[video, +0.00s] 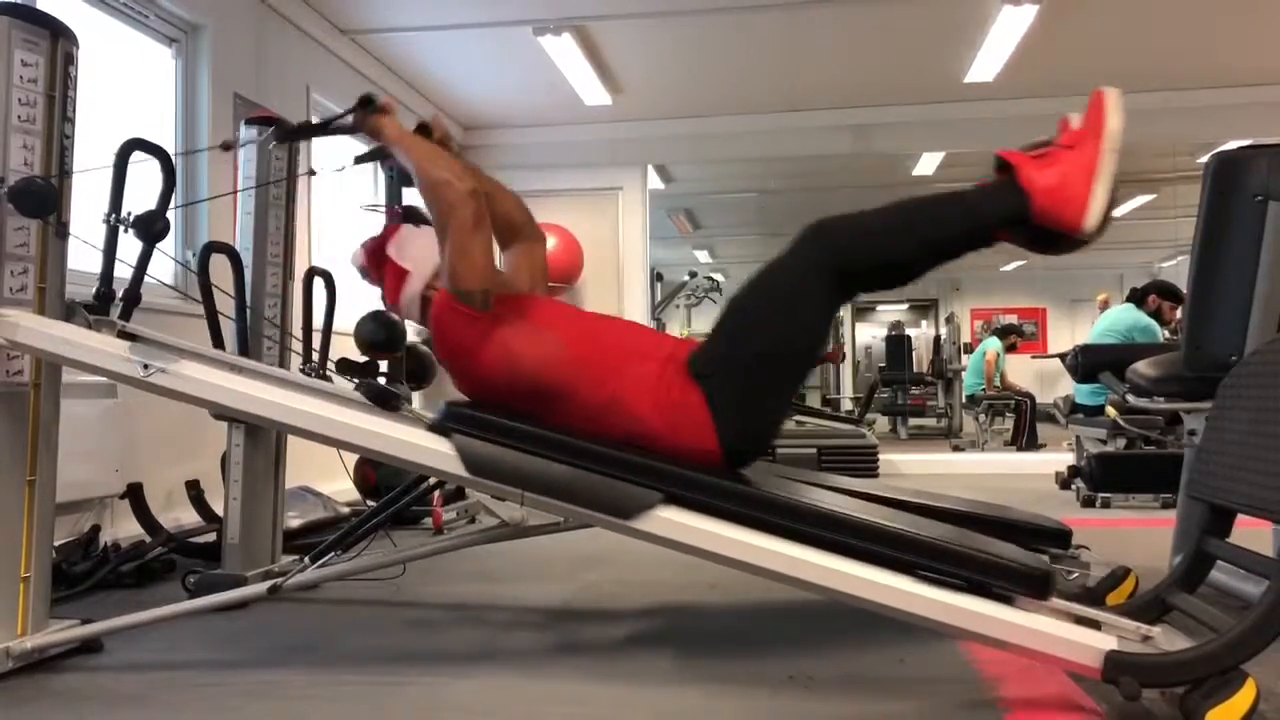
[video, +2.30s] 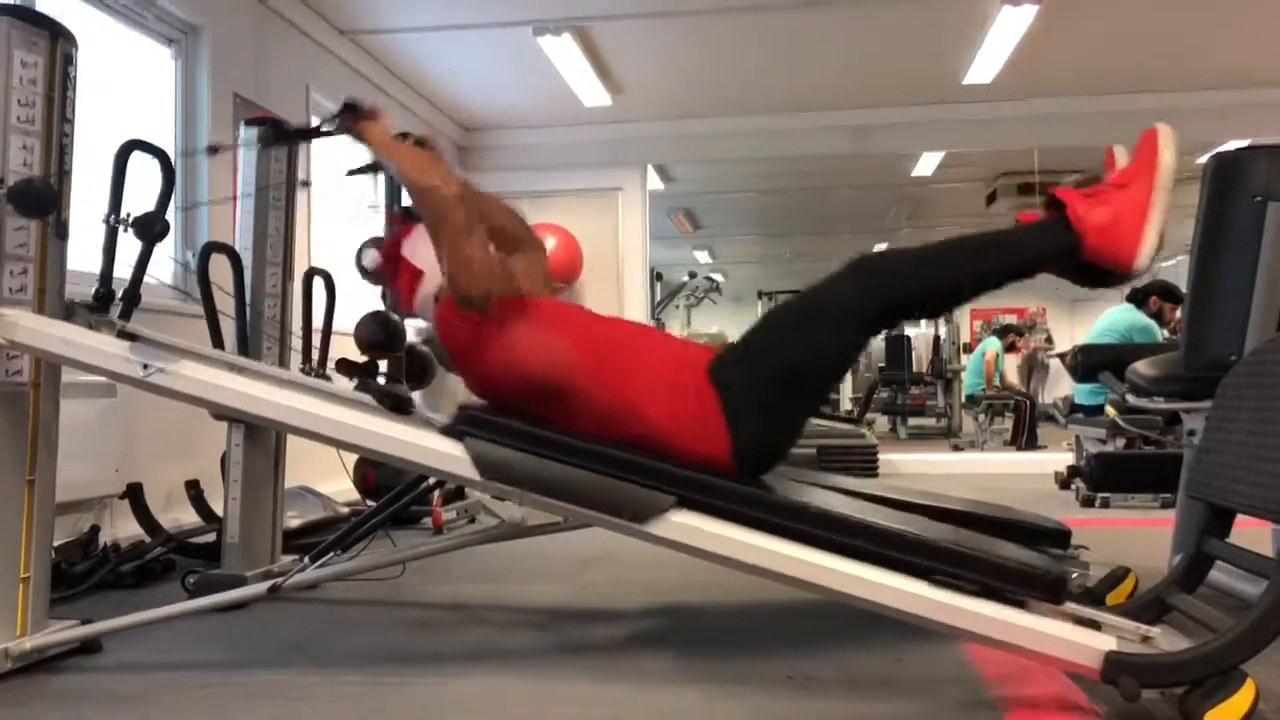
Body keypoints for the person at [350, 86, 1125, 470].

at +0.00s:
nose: (424, 246)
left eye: (414, 242)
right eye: (414, 243)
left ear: (425, 271)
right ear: (414, 271)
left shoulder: (498, 315)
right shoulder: (461, 318)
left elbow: (525, 233)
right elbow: (465, 210)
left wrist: (453, 153)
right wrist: (398, 139)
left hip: (709, 397)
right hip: (709, 414)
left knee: (823, 250)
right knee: (821, 252)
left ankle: (1029, 194)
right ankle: (1033, 196)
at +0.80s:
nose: (402, 230)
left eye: (391, 222)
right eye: (385, 232)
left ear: (394, 246)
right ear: (365, 271)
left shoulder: (446, 310)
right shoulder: (398, 328)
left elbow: (551, 279)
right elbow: (461, 249)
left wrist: (511, 193)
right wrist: (433, 140)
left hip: (636, 369)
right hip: (636, 394)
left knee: (718, 216)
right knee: (717, 215)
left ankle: (912, 157)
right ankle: (917, 158)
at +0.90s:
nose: (361, 213)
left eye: (351, 205)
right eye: (343, 214)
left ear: (329, 244)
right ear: (320, 249)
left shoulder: (398, 295)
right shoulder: (355, 308)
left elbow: (515, 286)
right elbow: (425, 250)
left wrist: (531, 195)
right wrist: (451, 127)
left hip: (588, 362)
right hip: (591, 381)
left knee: (644, 191)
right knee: (645, 189)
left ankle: (831, 135)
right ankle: (831, 130)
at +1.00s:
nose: (333, 201)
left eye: (321, 192)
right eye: (314, 197)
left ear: (298, 226)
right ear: (287, 230)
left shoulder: (357, 280)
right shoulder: (320, 288)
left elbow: (481, 282)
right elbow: (408, 236)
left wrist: (552, 213)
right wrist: (474, 126)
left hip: (545, 351)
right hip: (547, 367)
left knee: (576, 174)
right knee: (569, 163)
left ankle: (755, 129)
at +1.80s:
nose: (344, 193)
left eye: (335, 186)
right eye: (326, 192)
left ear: (329, 212)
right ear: (300, 225)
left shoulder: (376, 277)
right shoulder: (334, 275)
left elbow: (508, 262)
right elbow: (427, 195)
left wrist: (559, 172)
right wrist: (479, 76)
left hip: (553, 350)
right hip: (552, 368)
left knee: (633, 195)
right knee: (631, 188)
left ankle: (826, 155)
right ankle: (822, 147)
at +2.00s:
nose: (385, 204)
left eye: (373, 199)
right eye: (363, 206)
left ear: (370, 234)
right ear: (346, 249)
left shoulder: (440, 296)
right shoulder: (389, 305)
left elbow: (541, 247)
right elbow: (448, 195)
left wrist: (515, 144)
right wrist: (443, 84)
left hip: (623, 368)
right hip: (615, 388)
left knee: (742, 240)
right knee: (736, 242)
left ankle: (950, 200)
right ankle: (949, 190)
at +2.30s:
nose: (476, 242)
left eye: (460, 230)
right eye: (450, 238)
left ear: (433, 274)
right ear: (428, 268)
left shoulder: (510, 320)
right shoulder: (475, 323)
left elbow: (557, 251)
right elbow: (456, 210)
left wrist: (450, 196)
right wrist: (384, 140)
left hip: (723, 397)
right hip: (724, 420)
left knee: (870, 279)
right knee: (868, 283)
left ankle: (1075, 227)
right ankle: (1081, 232)